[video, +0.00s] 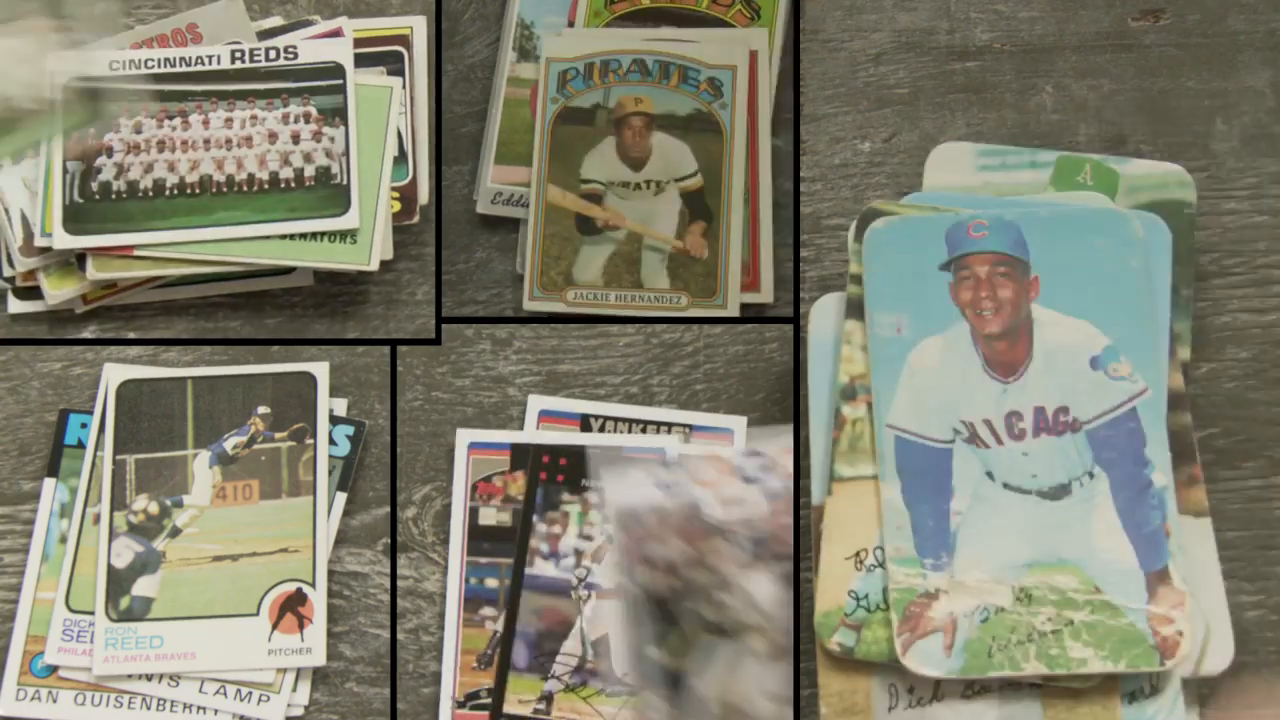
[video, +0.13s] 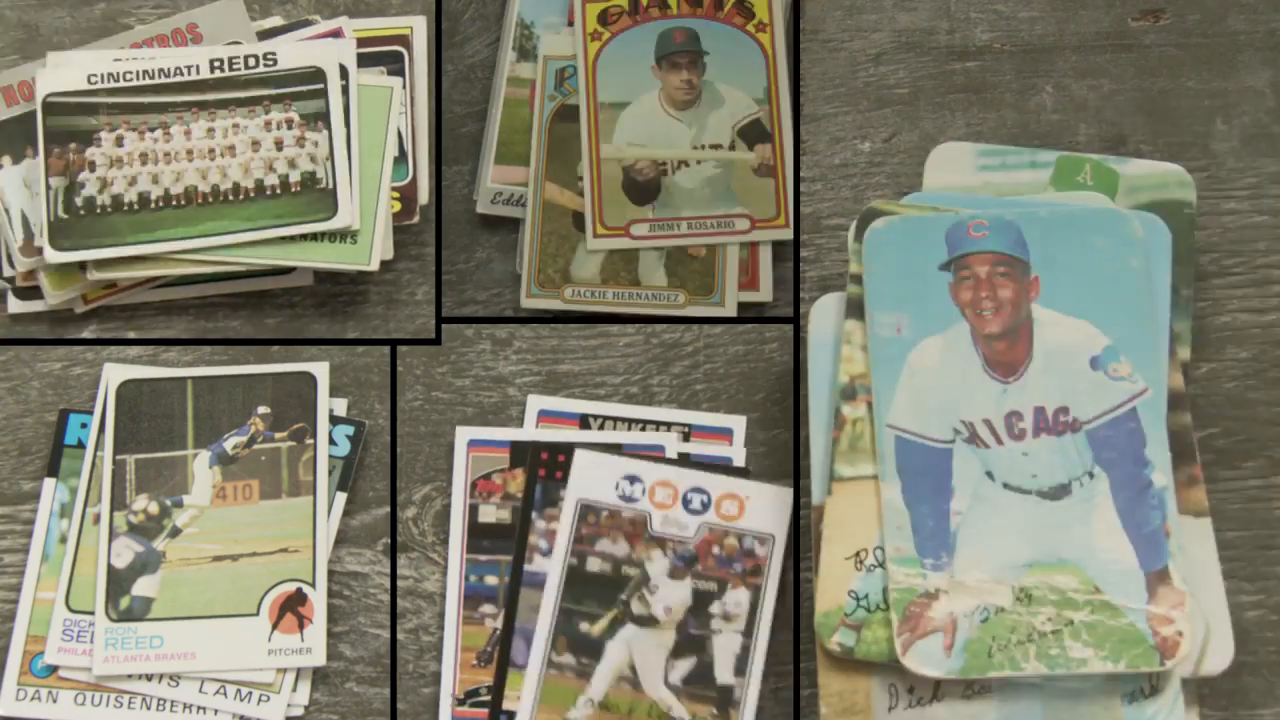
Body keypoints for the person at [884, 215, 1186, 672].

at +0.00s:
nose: (984, 291)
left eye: (1000, 276)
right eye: (969, 279)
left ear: (1031, 288)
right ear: (954, 294)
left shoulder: (1082, 349)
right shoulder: (932, 365)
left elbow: (1127, 468)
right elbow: (925, 485)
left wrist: (1159, 583)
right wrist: (937, 585)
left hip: (1090, 500)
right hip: (997, 502)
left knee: (1165, 631)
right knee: (942, 642)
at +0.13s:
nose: (984, 291)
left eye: (1000, 276)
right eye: (969, 279)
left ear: (1032, 288)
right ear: (954, 294)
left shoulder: (1083, 349)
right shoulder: (931, 366)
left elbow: (1127, 467)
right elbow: (925, 484)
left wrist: (1159, 583)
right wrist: (937, 584)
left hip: (1090, 499)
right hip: (997, 502)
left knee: (1164, 631)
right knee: (944, 642)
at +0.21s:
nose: (1179, 270)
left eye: (1190, 249)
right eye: (1161, 249)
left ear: (1202, 252)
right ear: (1121, 245)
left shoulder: (1148, 305)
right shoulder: (1087, 342)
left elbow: (1163, 376)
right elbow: (1130, 501)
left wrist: (1190, 426)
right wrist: (1197, 560)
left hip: (1104, 503)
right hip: (1030, 518)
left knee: (1162, 636)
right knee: (1029, 671)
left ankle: (1190, 711)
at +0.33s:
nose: (1075, 324)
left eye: (1084, 311)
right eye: (1062, 306)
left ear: (1091, 314)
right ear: (1025, 298)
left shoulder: (1042, 346)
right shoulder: (999, 370)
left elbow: (1035, 399)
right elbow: (1020, 492)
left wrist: (1065, 433)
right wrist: (1074, 553)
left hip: (993, 471)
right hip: (931, 481)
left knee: (1035, 597)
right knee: (923, 617)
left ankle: (1063, 698)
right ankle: (906, 701)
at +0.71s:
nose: (1074, 324)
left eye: (1085, 312)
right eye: (1061, 306)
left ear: (1092, 315)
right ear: (1025, 298)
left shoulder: (1040, 345)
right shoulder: (997, 372)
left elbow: (1037, 394)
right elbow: (1020, 494)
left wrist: (1062, 431)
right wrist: (1078, 556)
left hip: (990, 470)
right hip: (932, 479)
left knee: (1032, 589)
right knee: (924, 622)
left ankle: (1069, 691)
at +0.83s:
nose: (997, 311)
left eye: (1004, 298)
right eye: (978, 300)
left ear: (1014, 306)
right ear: (945, 311)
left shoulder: (1028, 380)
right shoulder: (918, 362)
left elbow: (1092, 467)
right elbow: (1038, 400)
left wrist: (1152, 389)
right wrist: (1104, 369)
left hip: (1032, 570)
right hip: (954, 577)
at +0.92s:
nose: (996, 306)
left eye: (1003, 293)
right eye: (977, 296)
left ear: (1015, 303)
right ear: (946, 310)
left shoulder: (1036, 382)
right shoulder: (919, 359)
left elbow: (1093, 463)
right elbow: (1039, 396)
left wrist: (1153, 386)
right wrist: (1114, 359)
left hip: (1033, 565)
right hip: (952, 573)